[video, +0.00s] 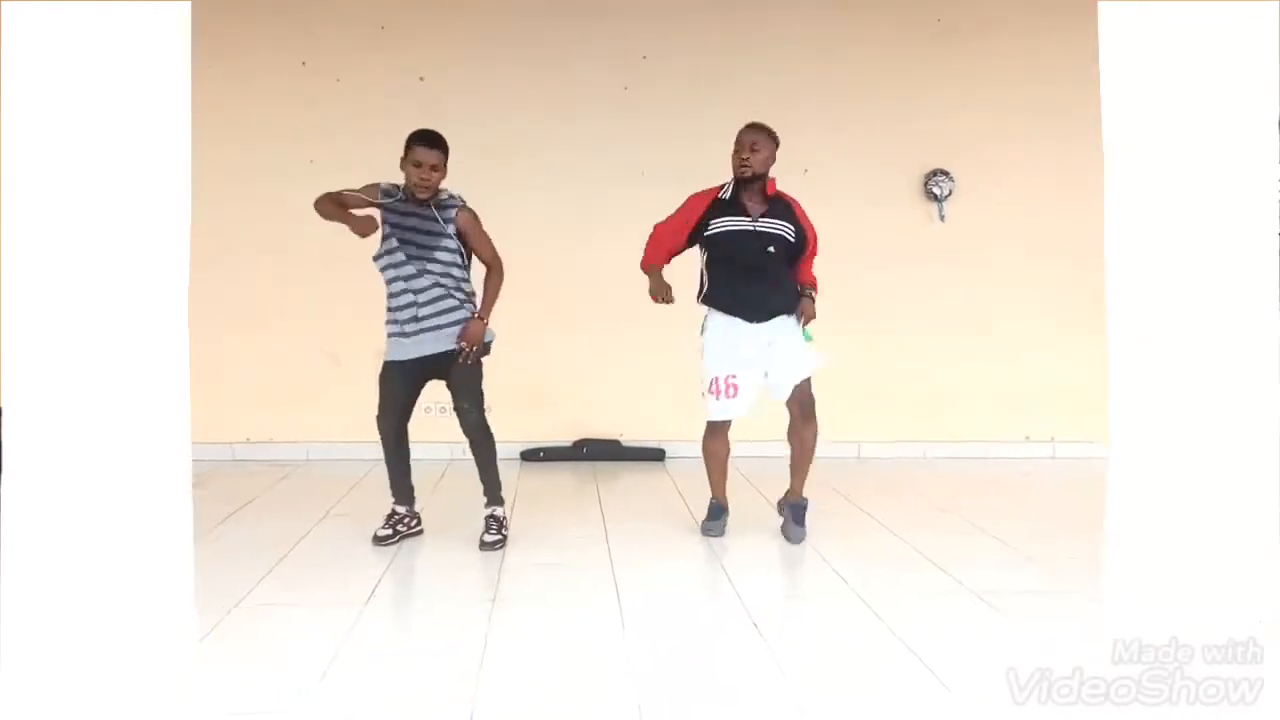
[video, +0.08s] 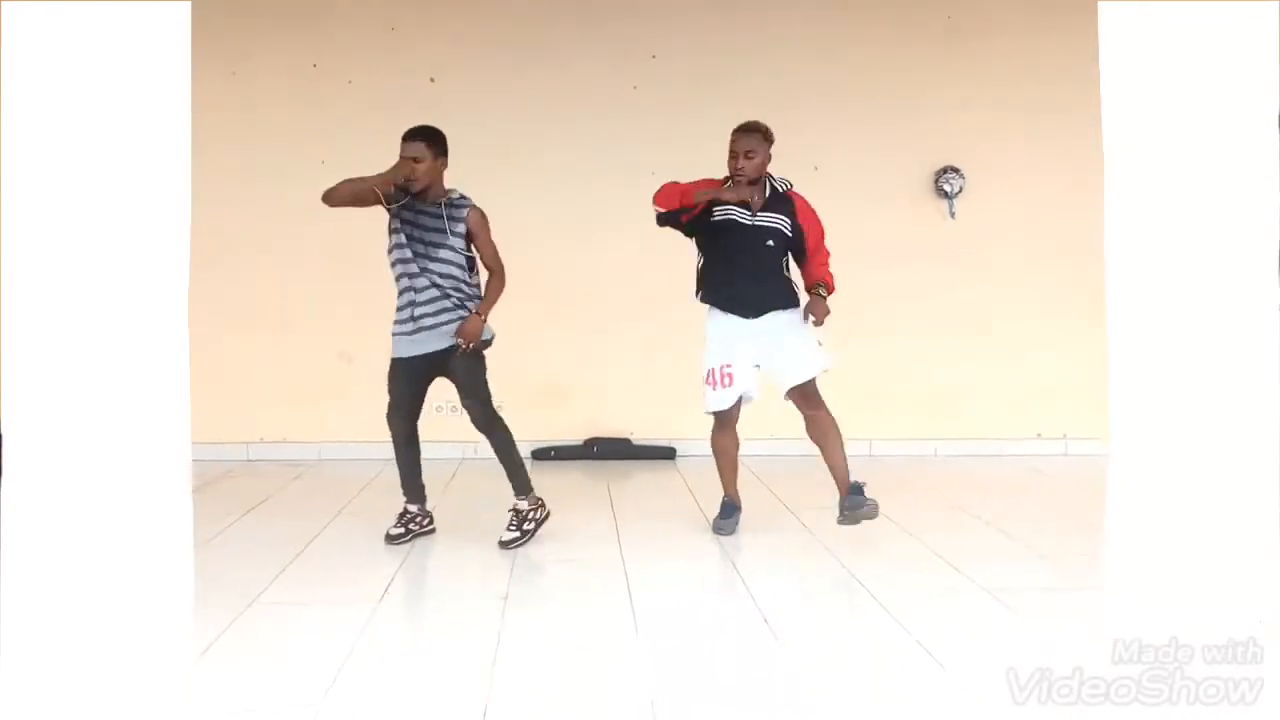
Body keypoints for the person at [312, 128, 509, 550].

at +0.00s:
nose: (426, 175)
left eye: (435, 168)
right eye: (418, 166)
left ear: (445, 169)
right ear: (403, 164)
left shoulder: (458, 214)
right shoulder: (383, 196)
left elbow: (495, 267)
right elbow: (323, 202)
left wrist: (481, 319)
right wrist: (348, 215)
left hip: (455, 338)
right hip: (404, 343)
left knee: (472, 419)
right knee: (390, 423)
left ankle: (495, 508)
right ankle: (404, 511)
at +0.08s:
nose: (406, 169)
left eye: (416, 161)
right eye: (403, 160)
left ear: (440, 163)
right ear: (400, 163)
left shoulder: (466, 213)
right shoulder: (396, 201)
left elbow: (496, 273)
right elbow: (331, 197)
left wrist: (480, 316)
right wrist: (386, 179)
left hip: (457, 337)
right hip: (410, 341)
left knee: (483, 416)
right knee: (400, 419)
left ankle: (528, 502)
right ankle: (416, 509)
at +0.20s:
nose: (391, 168)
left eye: (397, 160)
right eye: (391, 161)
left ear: (426, 161)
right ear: (417, 162)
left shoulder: (470, 209)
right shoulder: (400, 200)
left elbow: (492, 271)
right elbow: (359, 195)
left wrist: (466, 317)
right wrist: (374, 130)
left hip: (453, 330)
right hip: (410, 332)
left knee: (452, 418)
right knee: (404, 417)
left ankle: (532, 470)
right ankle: (421, 507)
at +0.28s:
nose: (387, 181)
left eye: (391, 172)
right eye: (386, 173)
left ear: (417, 169)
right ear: (413, 171)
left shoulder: (465, 205)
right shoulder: (406, 214)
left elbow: (491, 270)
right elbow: (381, 269)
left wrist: (457, 322)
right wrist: (346, 253)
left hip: (455, 334)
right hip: (410, 335)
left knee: (426, 419)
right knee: (407, 419)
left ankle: (460, 438)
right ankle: (423, 506)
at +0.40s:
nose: (385, 186)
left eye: (388, 176)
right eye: (384, 178)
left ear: (413, 171)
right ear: (409, 173)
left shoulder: (457, 205)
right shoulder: (410, 221)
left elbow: (489, 270)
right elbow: (426, 272)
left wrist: (463, 326)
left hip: (451, 341)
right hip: (407, 341)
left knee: (433, 429)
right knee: (409, 426)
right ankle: (422, 504)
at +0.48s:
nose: (388, 180)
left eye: (391, 169)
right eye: (387, 170)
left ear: (416, 165)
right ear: (414, 166)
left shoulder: (463, 202)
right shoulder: (416, 208)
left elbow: (500, 264)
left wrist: (473, 318)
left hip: (447, 340)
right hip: (405, 340)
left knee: (418, 425)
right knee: (410, 424)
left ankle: (384, 473)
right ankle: (423, 500)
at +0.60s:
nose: (443, 151)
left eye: (452, 144)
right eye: (437, 144)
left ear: (473, 149)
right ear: (432, 146)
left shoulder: (489, 201)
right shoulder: (422, 175)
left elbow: (513, 260)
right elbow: (378, 154)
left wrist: (486, 301)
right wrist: (395, 100)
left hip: (446, 310)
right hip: (401, 312)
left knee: (464, 407)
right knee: (405, 408)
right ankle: (424, 492)